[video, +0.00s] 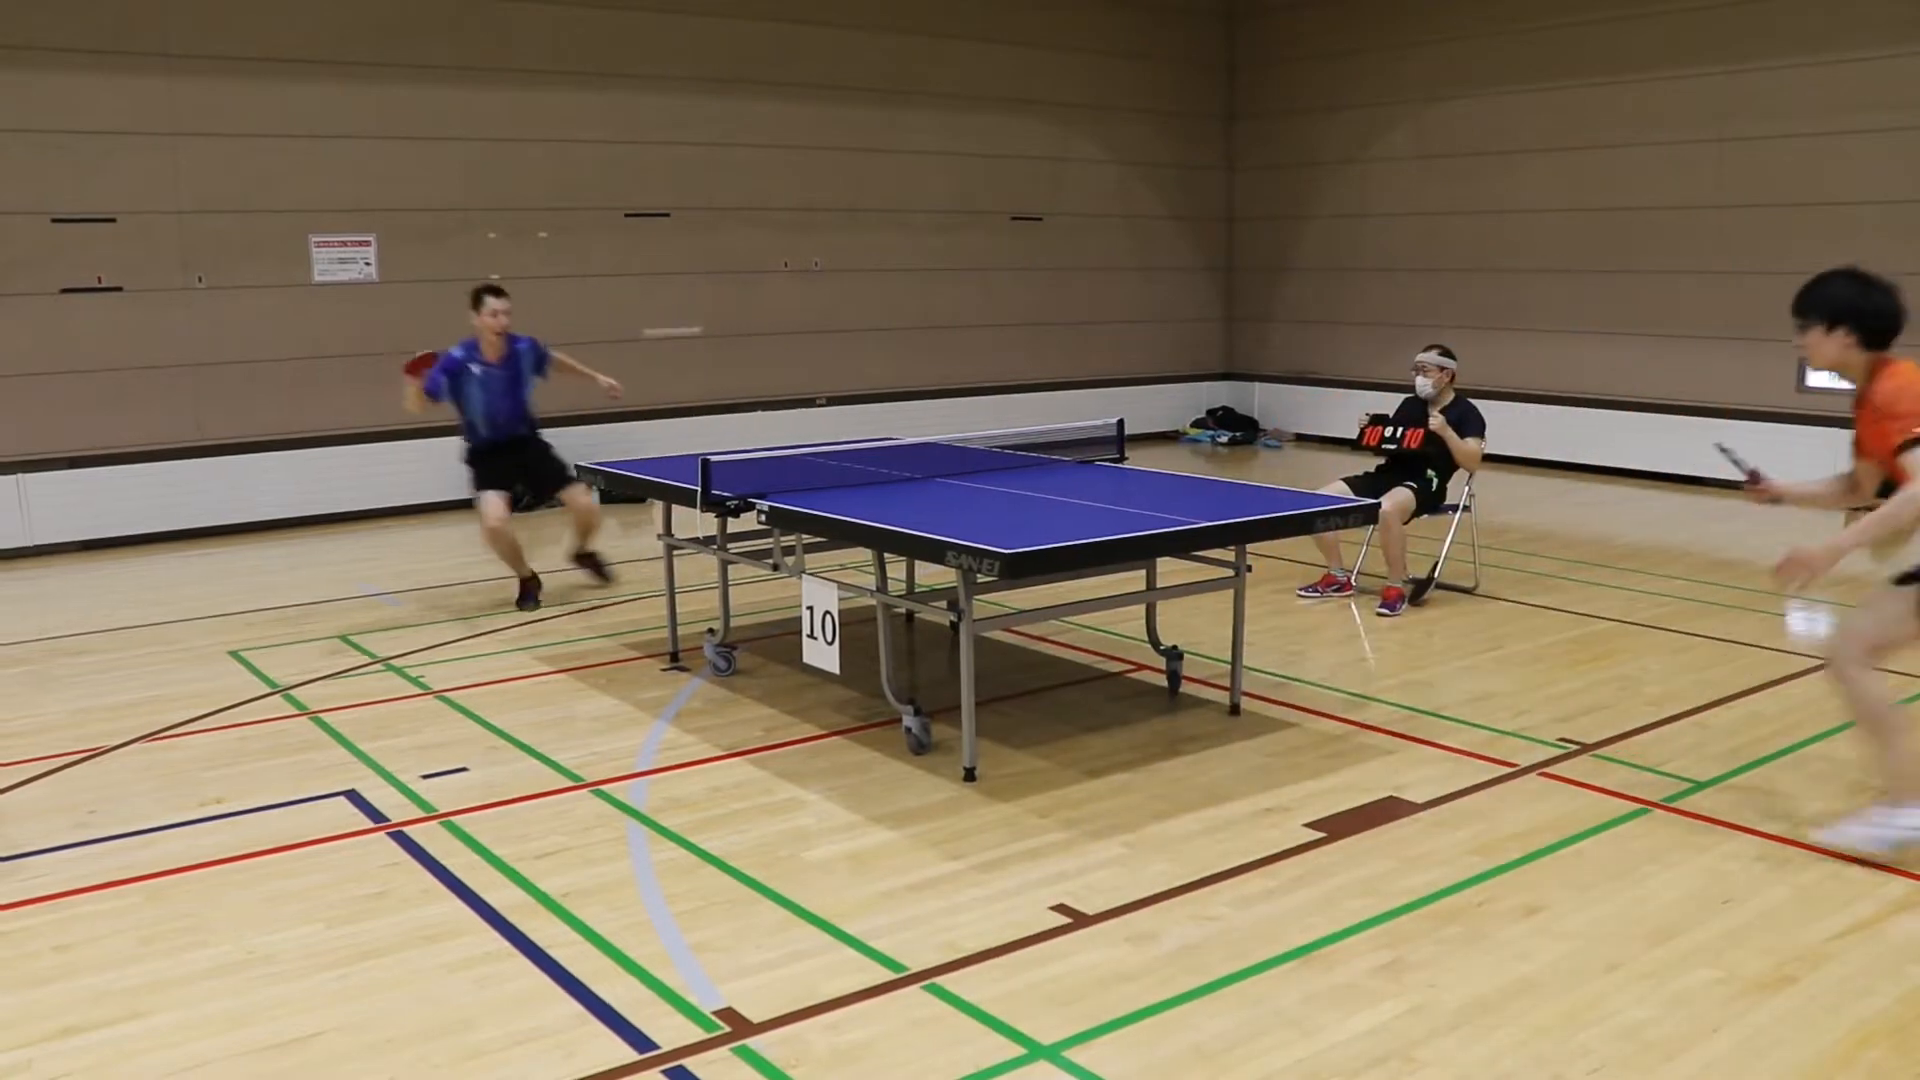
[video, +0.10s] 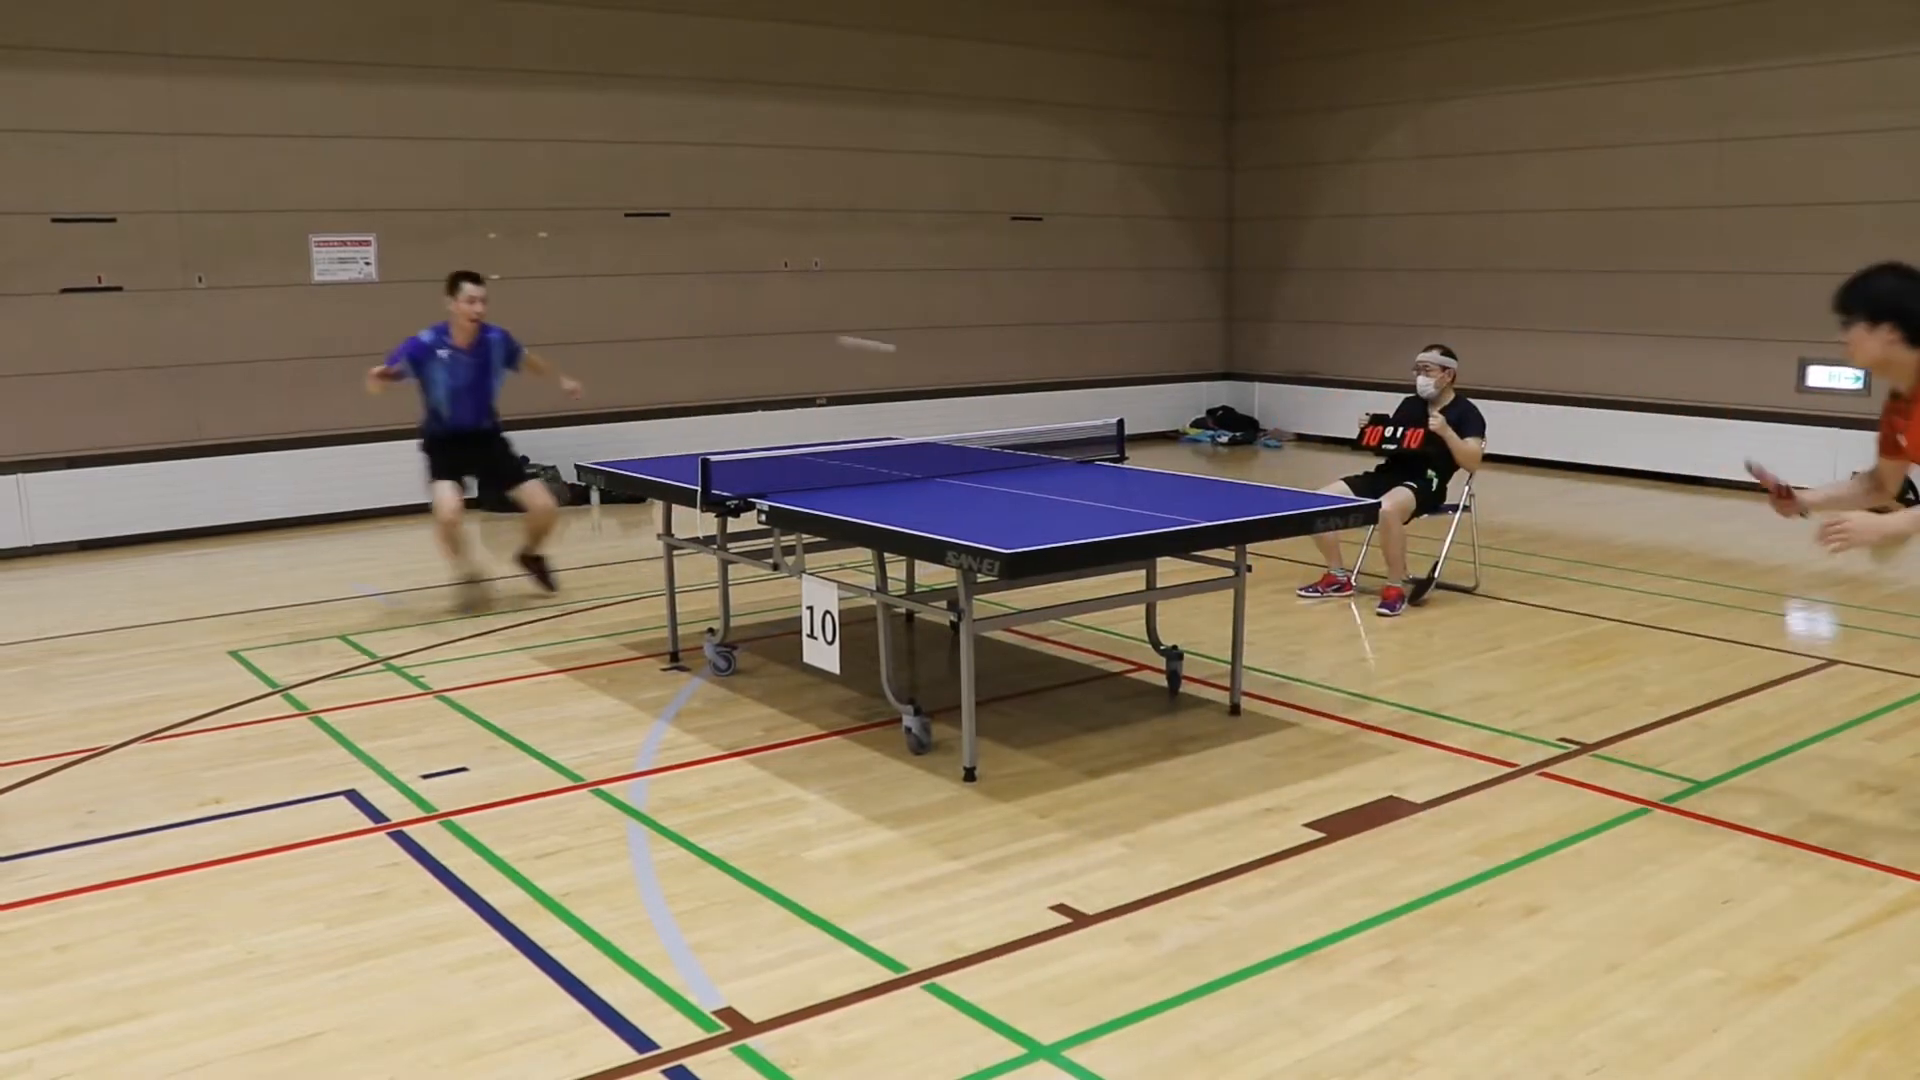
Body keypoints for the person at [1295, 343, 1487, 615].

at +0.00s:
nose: (1418, 376)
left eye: (1425, 370)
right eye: (1416, 370)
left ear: (1446, 376)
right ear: (1414, 373)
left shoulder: (1466, 413)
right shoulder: (1411, 404)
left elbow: (1472, 463)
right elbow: (1393, 439)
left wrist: (1447, 433)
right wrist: (1373, 426)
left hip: (1426, 482)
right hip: (1390, 473)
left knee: (1388, 510)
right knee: (1318, 502)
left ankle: (1395, 588)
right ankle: (1337, 576)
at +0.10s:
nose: (1421, 376)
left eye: (1428, 370)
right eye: (1418, 370)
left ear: (1448, 376)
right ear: (1414, 373)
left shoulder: (1466, 413)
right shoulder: (1411, 404)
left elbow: (1472, 463)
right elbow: (1394, 439)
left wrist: (1447, 433)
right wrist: (1373, 426)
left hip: (1427, 481)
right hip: (1391, 473)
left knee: (1389, 509)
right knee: (1319, 502)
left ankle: (1395, 587)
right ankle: (1337, 576)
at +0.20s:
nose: (1425, 376)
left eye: (1433, 370)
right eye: (1421, 370)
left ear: (1452, 376)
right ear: (1416, 374)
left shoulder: (1467, 413)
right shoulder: (1411, 404)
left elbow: (1472, 463)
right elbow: (1394, 439)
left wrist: (1447, 433)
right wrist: (1373, 426)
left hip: (1427, 481)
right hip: (1391, 473)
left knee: (1389, 509)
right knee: (1319, 502)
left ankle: (1395, 587)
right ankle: (1337, 576)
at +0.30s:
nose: (1430, 375)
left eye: (1438, 369)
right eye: (1424, 369)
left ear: (1453, 375)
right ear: (1418, 374)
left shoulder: (1467, 413)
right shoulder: (1411, 404)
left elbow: (1472, 462)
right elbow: (1393, 439)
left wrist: (1447, 433)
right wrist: (1373, 426)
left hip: (1427, 481)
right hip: (1391, 473)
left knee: (1389, 509)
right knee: (1319, 502)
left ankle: (1395, 587)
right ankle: (1338, 576)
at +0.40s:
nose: (1433, 375)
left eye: (1441, 369)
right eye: (1427, 369)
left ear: (1455, 375)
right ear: (1419, 375)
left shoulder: (1467, 413)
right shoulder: (1411, 404)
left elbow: (1472, 463)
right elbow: (1396, 435)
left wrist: (1447, 433)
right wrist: (1374, 425)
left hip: (1427, 481)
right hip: (1391, 473)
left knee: (1389, 509)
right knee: (1318, 503)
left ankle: (1395, 588)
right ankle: (1337, 575)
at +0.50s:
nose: (1436, 375)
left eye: (1443, 370)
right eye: (1429, 369)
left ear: (1457, 376)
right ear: (1421, 375)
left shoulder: (1467, 413)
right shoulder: (1411, 404)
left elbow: (1472, 463)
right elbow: (1393, 439)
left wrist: (1447, 433)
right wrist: (1373, 427)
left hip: (1427, 482)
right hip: (1390, 474)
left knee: (1388, 510)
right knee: (1318, 503)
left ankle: (1395, 588)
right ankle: (1337, 576)